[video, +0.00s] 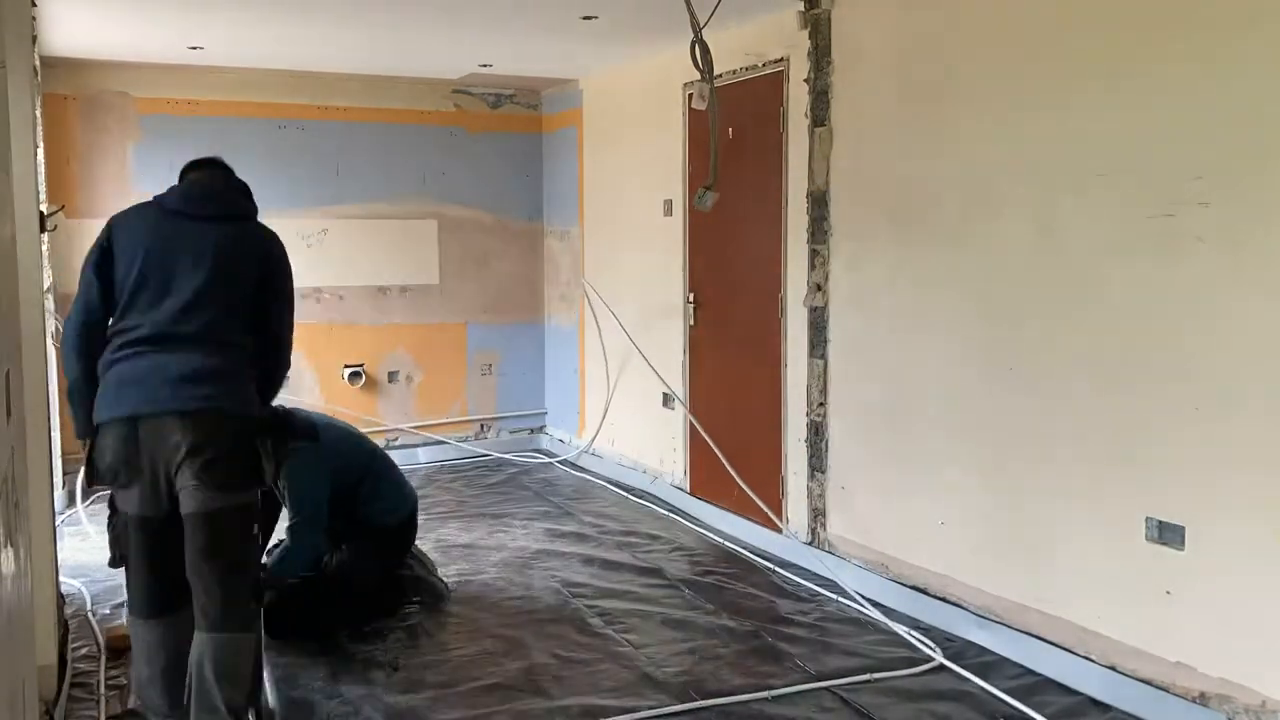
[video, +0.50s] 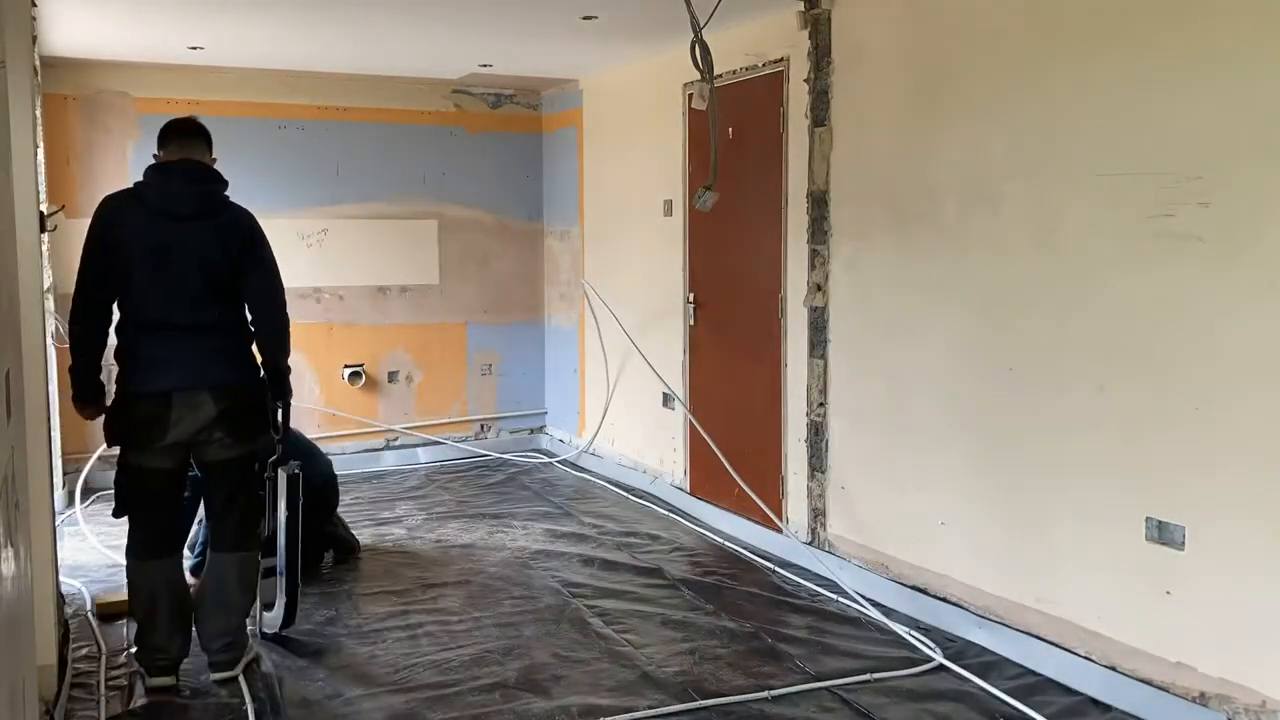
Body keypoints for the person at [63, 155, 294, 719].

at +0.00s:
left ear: (180, 187)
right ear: (238, 192)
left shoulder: (124, 227)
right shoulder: (262, 241)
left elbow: (80, 330)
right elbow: (275, 349)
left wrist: (92, 424)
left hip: (125, 416)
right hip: (217, 416)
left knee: (149, 590)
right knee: (222, 590)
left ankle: (158, 710)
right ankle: (221, 711)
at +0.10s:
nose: (203, 165)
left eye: (195, 157)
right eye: (205, 157)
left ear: (152, 153)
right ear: (204, 156)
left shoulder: (109, 214)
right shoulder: (226, 218)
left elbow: (85, 314)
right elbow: (268, 304)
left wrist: (86, 394)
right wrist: (300, 374)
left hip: (144, 399)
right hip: (223, 395)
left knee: (150, 531)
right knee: (227, 524)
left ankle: (158, 663)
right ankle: (224, 651)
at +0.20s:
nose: (212, 171)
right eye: (216, 163)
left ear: (166, 161)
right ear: (220, 165)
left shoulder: (126, 210)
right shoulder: (244, 221)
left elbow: (98, 306)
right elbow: (276, 308)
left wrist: (93, 383)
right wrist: (275, 379)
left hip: (153, 392)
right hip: (231, 390)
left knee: (156, 526)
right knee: (237, 520)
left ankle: (160, 661)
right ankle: (226, 651)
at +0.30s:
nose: (207, 168)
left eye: (183, 156)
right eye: (210, 159)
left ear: (161, 159)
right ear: (216, 162)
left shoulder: (120, 212)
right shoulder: (241, 222)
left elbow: (93, 309)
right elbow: (272, 310)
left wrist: (91, 384)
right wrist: (279, 377)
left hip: (149, 398)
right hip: (227, 395)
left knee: (154, 529)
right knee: (234, 523)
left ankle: (159, 661)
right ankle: (226, 653)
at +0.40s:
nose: (205, 167)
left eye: (181, 156)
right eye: (208, 158)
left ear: (159, 159)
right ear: (214, 161)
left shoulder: (119, 213)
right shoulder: (239, 221)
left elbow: (94, 306)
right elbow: (271, 308)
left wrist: (91, 380)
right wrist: (278, 377)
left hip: (150, 395)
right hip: (227, 393)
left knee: (154, 526)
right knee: (234, 520)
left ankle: (159, 661)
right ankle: (226, 652)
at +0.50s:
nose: (202, 167)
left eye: (180, 156)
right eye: (206, 158)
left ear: (156, 158)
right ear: (211, 161)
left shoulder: (116, 213)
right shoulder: (237, 222)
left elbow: (89, 308)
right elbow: (270, 310)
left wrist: (87, 382)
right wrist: (278, 378)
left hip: (147, 395)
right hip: (226, 392)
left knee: (152, 528)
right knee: (234, 519)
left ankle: (159, 663)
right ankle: (225, 652)